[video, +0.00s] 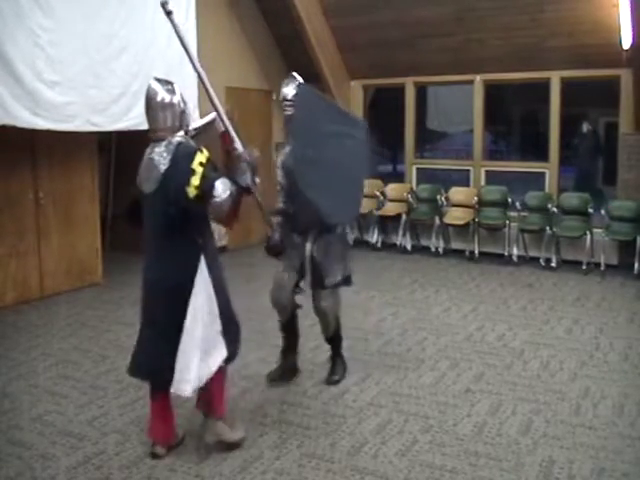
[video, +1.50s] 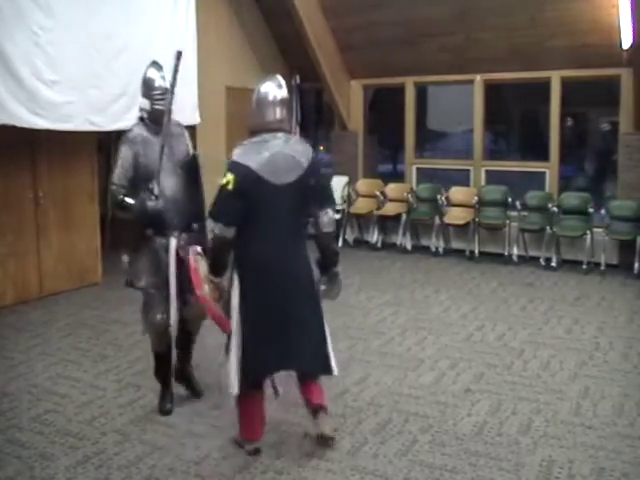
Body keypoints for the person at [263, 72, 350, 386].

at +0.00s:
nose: (288, 113)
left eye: (293, 107)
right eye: (285, 107)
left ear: (308, 111)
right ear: (282, 112)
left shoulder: (331, 150)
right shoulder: (288, 154)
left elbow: (345, 196)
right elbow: (284, 196)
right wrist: (277, 231)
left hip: (328, 232)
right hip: (295, 231)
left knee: (325, 303)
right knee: (281, 296)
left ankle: (337, 357)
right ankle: (289, 360)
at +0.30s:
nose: (256, 112)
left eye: (261, 104)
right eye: (252, 106)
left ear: (276, 108)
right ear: (253, 112)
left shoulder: (299, 151)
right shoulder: (259, 154)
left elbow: (309, 213)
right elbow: (247, 196)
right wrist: (244, 221)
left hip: (290, 243)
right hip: (259, 242)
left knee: (301, 317)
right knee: (253, 312)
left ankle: (324, 347)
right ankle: (258, 383)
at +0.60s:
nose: (234, 99)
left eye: (241, 92)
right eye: (229, 91)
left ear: (253, 97)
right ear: (218, 96)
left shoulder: (268, 139)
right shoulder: (208, 141)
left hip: (258, 239)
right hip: (213, 241)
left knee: (253, 315)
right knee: (218, 318)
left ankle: (254, 388)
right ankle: (221, 390)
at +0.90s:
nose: (218, 125)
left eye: (221, 117)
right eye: (214, 117)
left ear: (204, 123)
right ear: (226, 122)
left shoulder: (183, 166)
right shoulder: (245, 165)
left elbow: (167, 230)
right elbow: (257, 229)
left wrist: (166, 276)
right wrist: (273, 268)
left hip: (197, 278)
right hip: (233, 278)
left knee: (216, 356)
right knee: (230, 357)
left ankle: (240, 434)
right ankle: (212, 444)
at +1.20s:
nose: (245, 119)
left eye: (237, 115)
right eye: (248, 114)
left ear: (222, 119)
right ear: (256, 117)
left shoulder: (209, 163)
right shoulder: (273, 160)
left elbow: (193, 218)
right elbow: (290, 219)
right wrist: (302, 265)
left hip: (224, 267)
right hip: (263, 267)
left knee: (233, 346)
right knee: (255, 345)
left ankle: (249, 432)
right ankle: (224, 429)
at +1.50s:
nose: (277, 115)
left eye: (267, 109)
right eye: (283, 109)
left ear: (254, 112)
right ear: (289, 112)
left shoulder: (244, 160)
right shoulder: (312, 159)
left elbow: (222, 228)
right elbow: (324, 222)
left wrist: (217, 272)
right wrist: (330, 267)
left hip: (254, 268)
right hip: (295, 266)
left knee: (250, 352)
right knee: (304, 343)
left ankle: (251, 437)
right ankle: (321, 417)